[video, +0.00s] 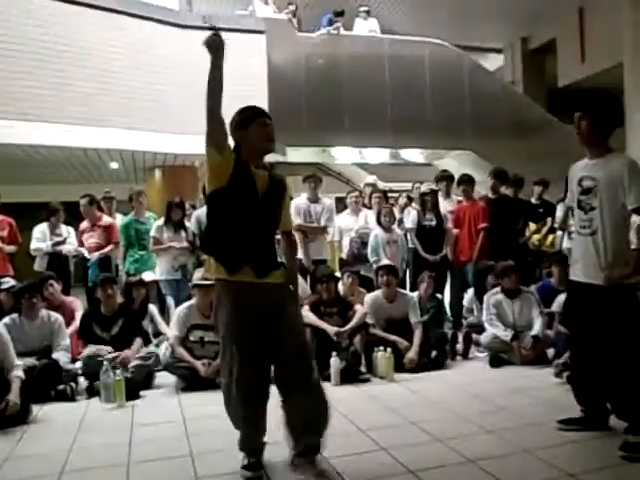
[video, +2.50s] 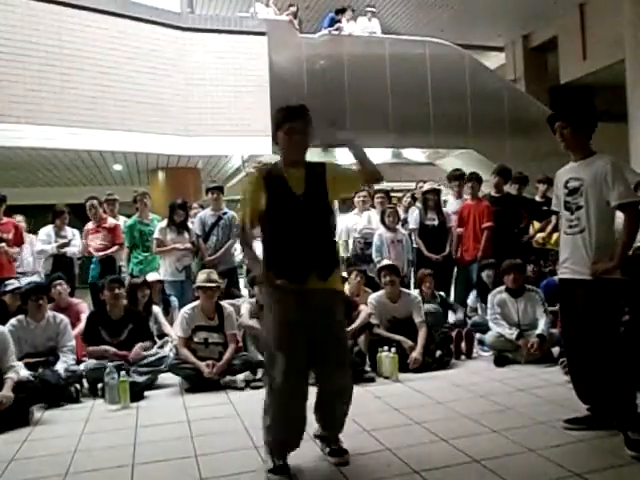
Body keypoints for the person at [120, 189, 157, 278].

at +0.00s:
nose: (140, 203)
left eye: (143, 199)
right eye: (137, 200)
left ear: (146, 202)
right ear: (132, 203)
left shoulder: (153, 219)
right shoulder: (126, 223)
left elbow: (157, 242)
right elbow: (123, 245)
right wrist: (120, 264)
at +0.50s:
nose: (144, 203)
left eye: (146, 200)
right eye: (140, 201)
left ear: (149, 202)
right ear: (135, 205)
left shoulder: (156, 221)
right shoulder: (130, 224)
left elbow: (159, 243)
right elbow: (127, 247)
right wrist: (124, 267)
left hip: (154, 266)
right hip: (136, 266)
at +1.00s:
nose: (144, 203)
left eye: (145, 199)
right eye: (140, 200)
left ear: (149, 202)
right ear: (135, 205)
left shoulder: (156, 220)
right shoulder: (129, 224)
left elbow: (160, 243)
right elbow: (127, 247)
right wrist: (124, 268)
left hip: (154, 266)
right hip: (136, 267)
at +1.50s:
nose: (144, 202)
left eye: (146, 199)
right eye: (140, 200)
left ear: (150, 202)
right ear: (136, 204)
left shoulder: (157, 220)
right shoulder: (130, 224)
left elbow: (160, 243)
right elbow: (127, 247)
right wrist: (125, 268)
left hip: (155, 266)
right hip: (138, 267)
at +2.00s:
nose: (144, 202)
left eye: (146, 199)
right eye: (140, 200)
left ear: (150, 202)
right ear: (136, 204)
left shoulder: (157, 221)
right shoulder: (130, 224)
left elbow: (161, 243)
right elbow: (127, 247)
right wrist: (124, 266)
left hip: (155, 266)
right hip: (137, 266)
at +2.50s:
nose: (144, 202)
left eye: (146, 199)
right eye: (140, 200)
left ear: (150, 202)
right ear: (136, 205)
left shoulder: (157, 221)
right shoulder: (131, 224)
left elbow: (161, 243)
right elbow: (127, 247)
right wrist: (124, 267)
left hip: (155, 266)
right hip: (137, 267)